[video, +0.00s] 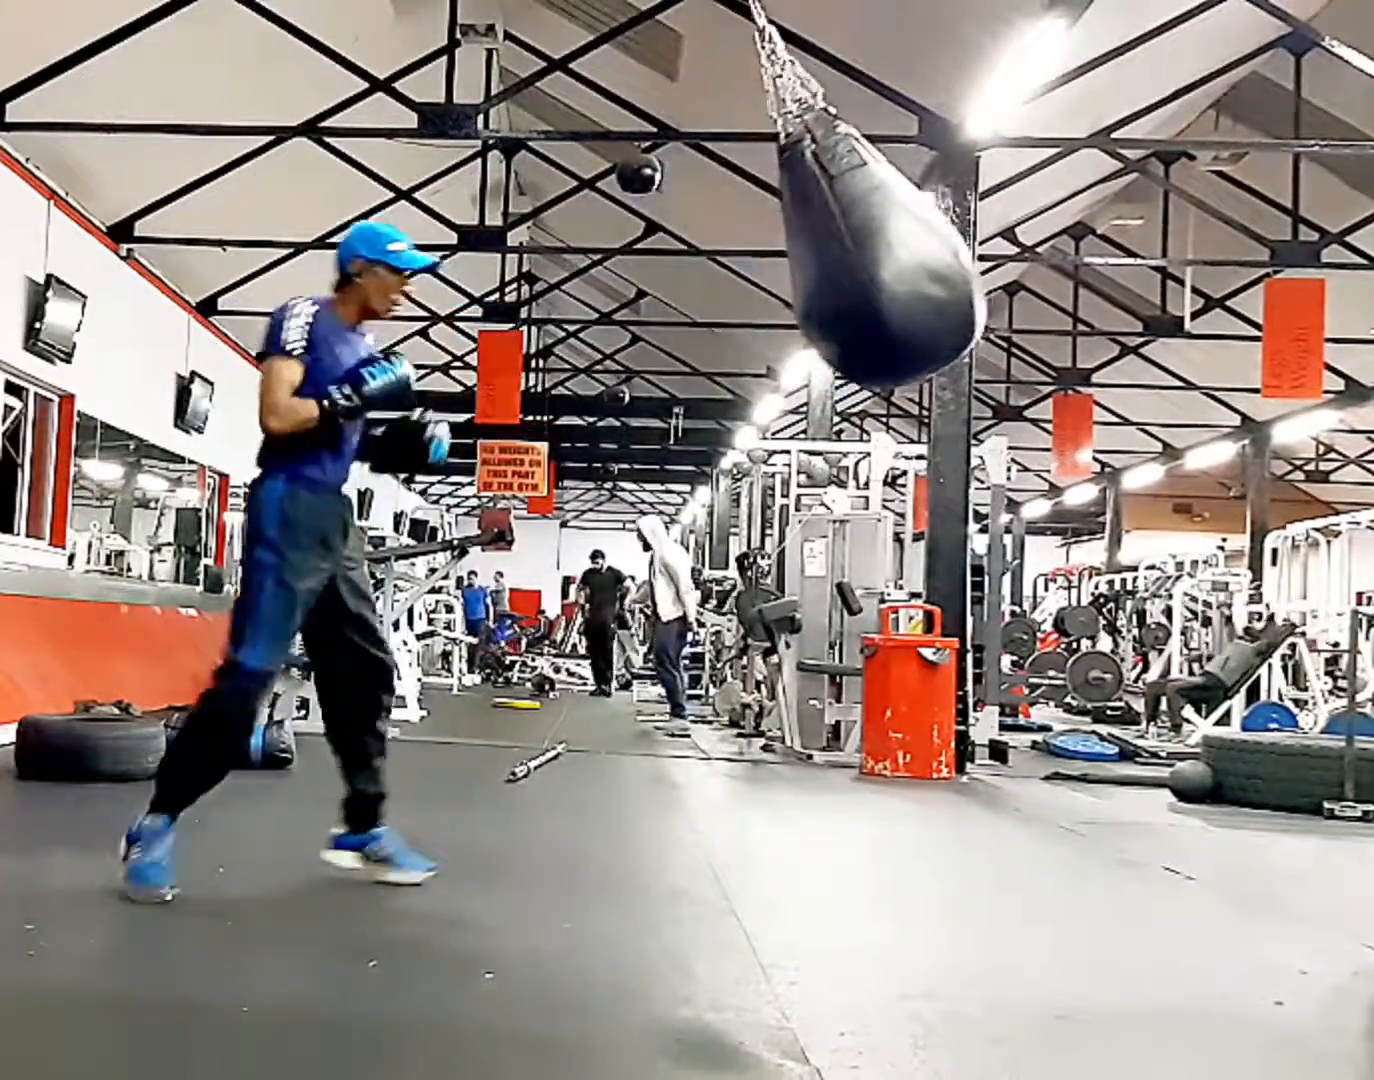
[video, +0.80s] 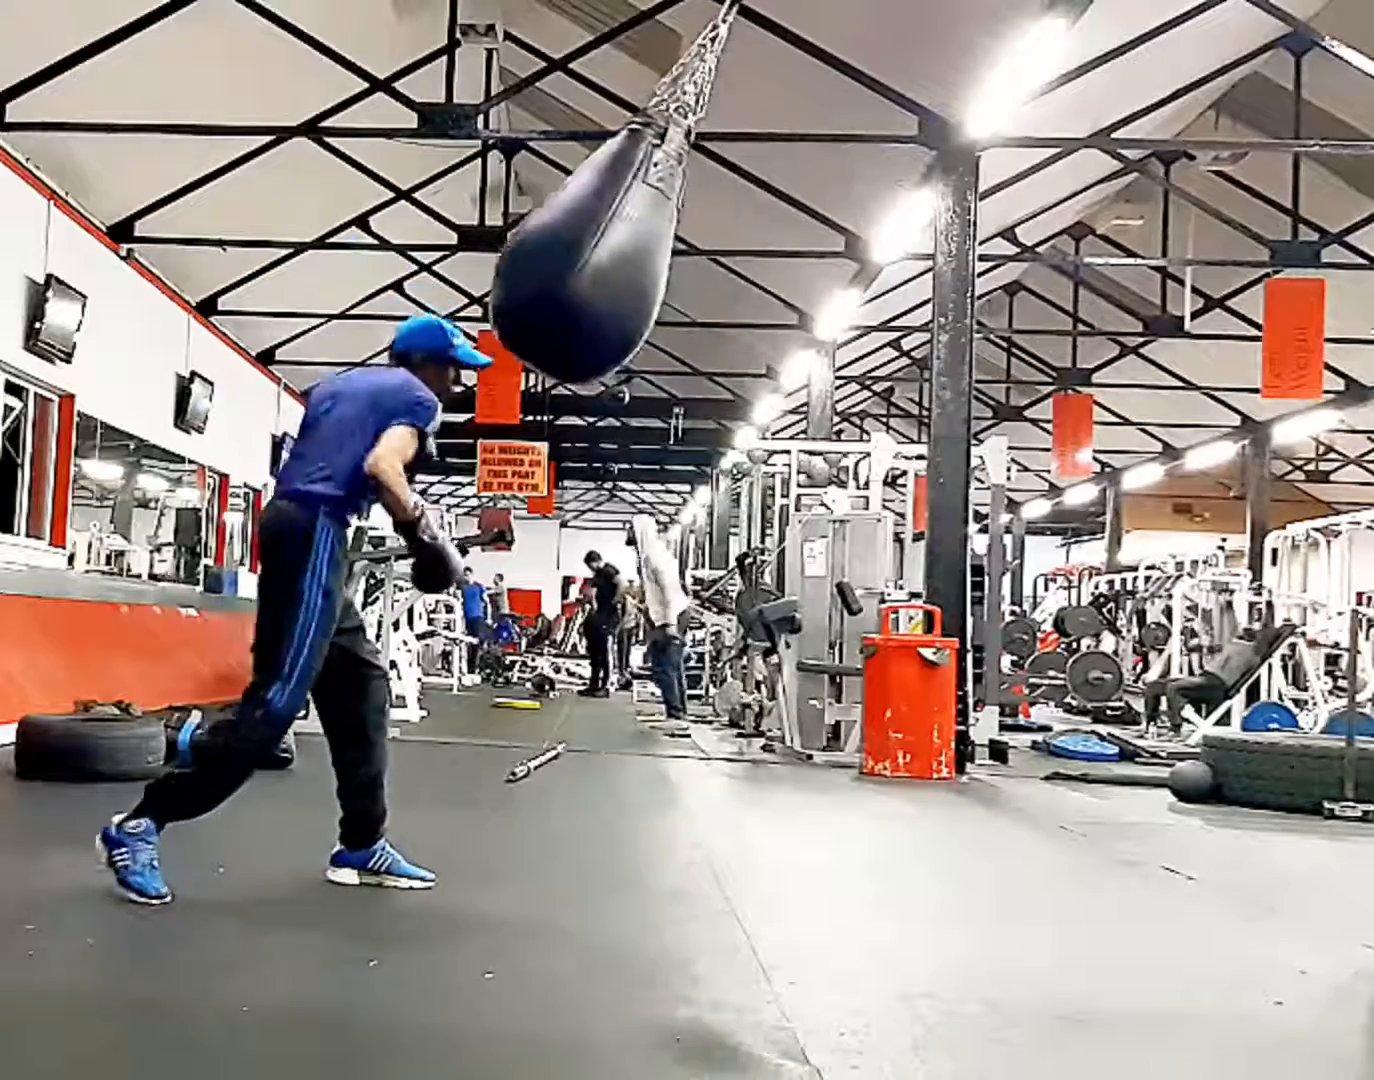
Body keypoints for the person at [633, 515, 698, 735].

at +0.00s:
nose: (638, 538)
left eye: (640, 534)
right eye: (638, 534)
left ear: (651, 534)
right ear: (652, 533)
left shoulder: (670, 553)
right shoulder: (655, 556)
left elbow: (685, 585)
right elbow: (652, 586)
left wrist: (691, 616)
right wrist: (633, 600)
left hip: (673, 616)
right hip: (662, 616)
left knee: (666, 662)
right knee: (667, 662)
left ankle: (678, 710)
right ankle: (676, 708)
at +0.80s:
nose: (627, 535)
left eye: (630, 529)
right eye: (627, 530)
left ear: (640, 531)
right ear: (643, 531)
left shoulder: (656, 554)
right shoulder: (647, 555)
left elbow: (669, 588)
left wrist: (671, 622)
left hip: (671, 616)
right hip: (663, 616)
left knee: (663, 666)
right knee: (673, 666)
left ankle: (676, 712)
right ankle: (678, 710)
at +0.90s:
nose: (633, 530)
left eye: (637, 526)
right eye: (635, 525)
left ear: (647, 528)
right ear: (651, 527)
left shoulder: (658, 551)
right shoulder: (650, 550)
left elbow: (661, 585)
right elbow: (650, 583)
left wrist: (650, 611)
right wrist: (639, 596)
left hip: (668, 612)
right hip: (663, 612)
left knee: (661, 663)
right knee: (668, 662)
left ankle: (675, 711)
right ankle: (677, 708)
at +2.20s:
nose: (636, 530)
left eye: (639, 526)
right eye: (637, 525)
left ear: (648, 527)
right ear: (657, 526)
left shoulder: (656, 550)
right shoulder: (669, 547)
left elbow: (656, 583)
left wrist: (647, 611)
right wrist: (640, 592)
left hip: (665, 610)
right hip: (678, 607)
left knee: (663, 662)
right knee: (672, 660)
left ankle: (675, 710)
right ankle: (678, 706)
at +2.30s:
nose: (635, 530)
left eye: (638, 526)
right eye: (636, 525)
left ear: (647, 528)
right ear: (656, 527)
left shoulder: (654, 551)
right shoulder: (666, 547)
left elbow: (657, 585)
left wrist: (655, 616)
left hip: (667, 611)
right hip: (680, 608)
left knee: (664, 662)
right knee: (673, 660)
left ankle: (675, 709)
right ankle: (678, 706)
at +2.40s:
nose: (633, 530)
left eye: (637, 526)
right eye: (635, 526)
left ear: (646, 528)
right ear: (652, 527)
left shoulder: (657, 550)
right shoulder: (655, 549)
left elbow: (671, 583)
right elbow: (657, 584)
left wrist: (672, 617)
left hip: (666, 615)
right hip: (664, 614)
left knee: (664, 667)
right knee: (670, 665)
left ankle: (675, 711)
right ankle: (677, 708)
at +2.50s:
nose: (633, 531)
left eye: (636, 527)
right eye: (634, 526)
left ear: (646, 529)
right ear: (650, 528)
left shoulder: (658, 550)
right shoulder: (652, 550)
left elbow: (677, 581)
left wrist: (681, 615)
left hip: (665, 617)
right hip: (660, 617)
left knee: (664, 667)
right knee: (670, 666)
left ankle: (676, 711)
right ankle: (677, 709)